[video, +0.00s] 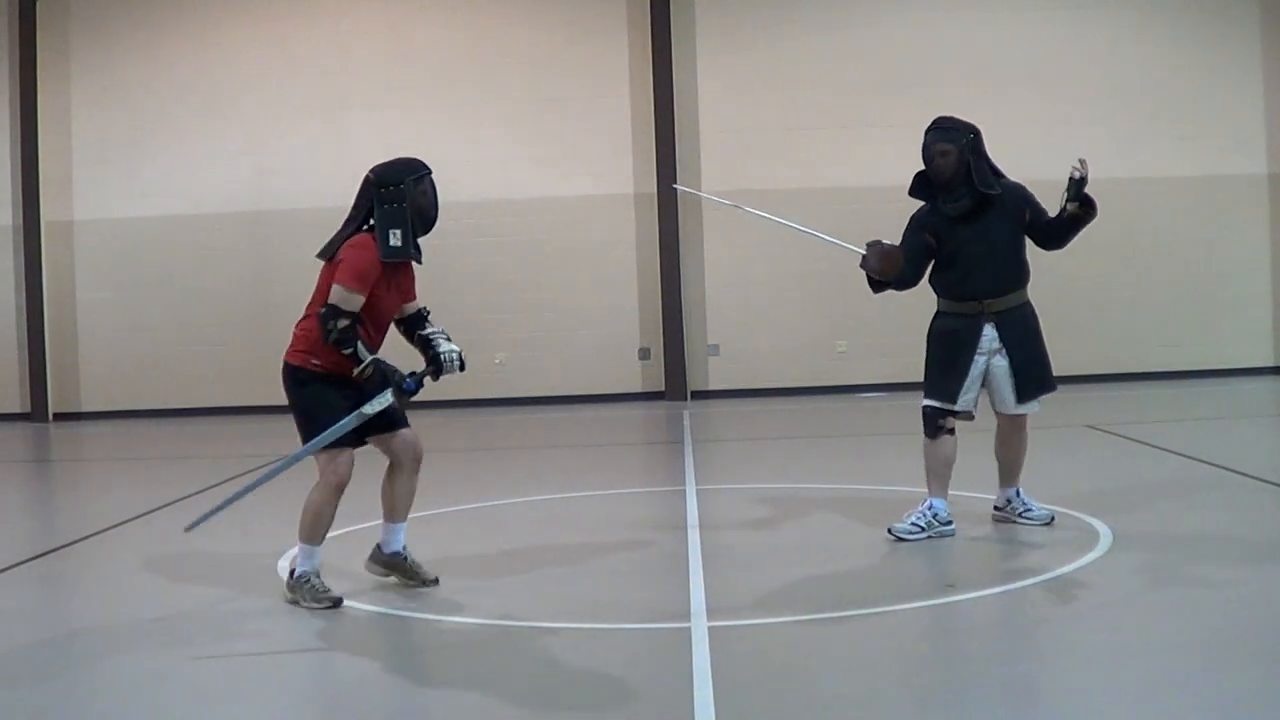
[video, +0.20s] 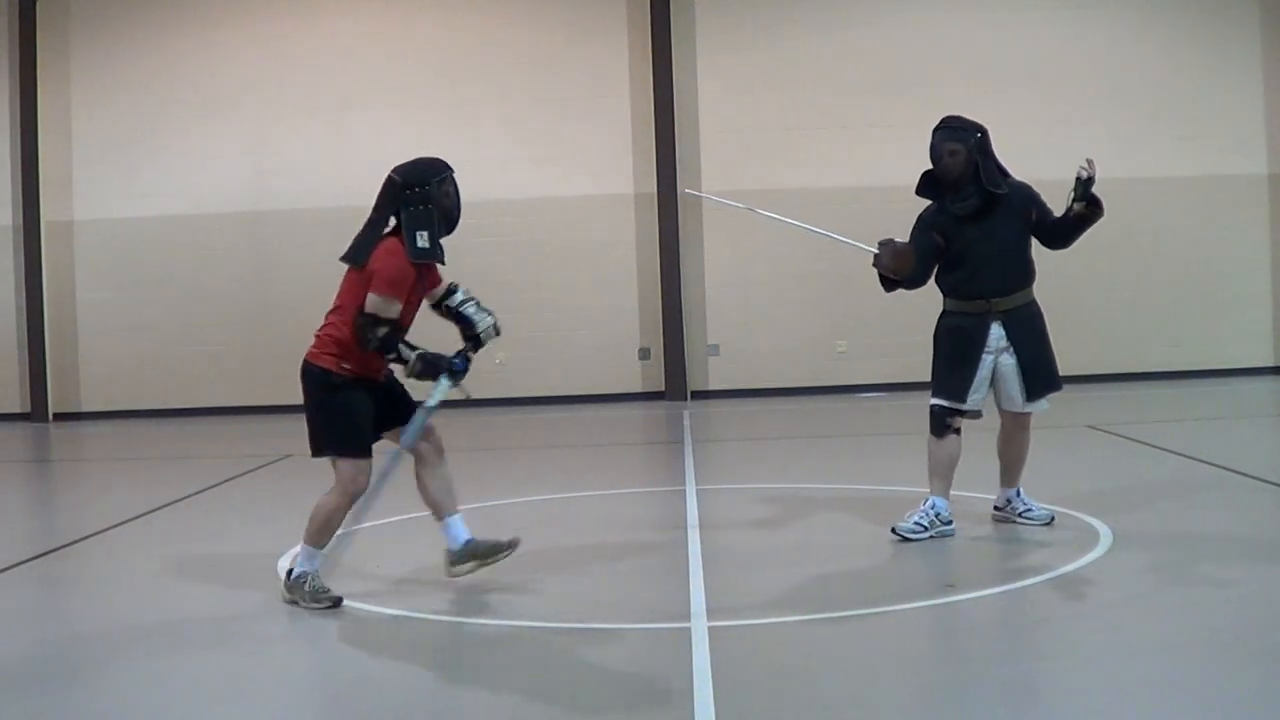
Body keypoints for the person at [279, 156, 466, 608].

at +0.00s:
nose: (432, 202)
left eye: (431, 192)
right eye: (424, 193)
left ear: (397, 200)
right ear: (400, 199)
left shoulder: (399, 252)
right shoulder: (363, 250)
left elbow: (406, 311)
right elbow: (336, 326)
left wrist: (435, 343)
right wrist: (381, 372)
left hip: (356, 371)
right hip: (314, 371)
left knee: (408, 453)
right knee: (336, 469)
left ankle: (390, 551)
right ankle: (301, 572)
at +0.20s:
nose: (453, 201)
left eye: (451, 192)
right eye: (446, 193)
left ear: (412, 201)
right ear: (425, 201)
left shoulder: (417, 250)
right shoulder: (394, 254)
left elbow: (437, 291)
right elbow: (372, 330)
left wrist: (467, 312)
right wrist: (422, 361)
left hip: (371, 374)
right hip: (333, 373)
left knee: (427, 445)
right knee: (352, 481)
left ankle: (459, 544)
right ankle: (299, 571)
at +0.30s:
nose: (471, 213)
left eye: (470, 204)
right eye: (464, 205)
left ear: (429, 214)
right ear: (445, 215)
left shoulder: (435, 257)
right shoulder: (416, 271)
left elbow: (468, 280)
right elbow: (408, 349)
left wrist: (498, 295)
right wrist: (465, 358)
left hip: (390, 377)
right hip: (352, 379)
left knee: (456, 435)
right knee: (369, 489)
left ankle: (517, 520)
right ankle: (298, 566)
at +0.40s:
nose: (503, 221)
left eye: (500, 212)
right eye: (495, 213)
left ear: (460, 224)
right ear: (473, 224)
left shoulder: (464, 265)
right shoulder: (442, 279)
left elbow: (516, 289)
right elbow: (482, 351)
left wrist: (542, 280)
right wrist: (533, 321)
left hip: (416, 389)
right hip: (380, 391)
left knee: (495, 431)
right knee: (374, 499)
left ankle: (566, 508)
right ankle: (302, 570)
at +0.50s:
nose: (544, 217)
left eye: (541, 208)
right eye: (538, 208)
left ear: (503, 218)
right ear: (519, 216)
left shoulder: (506, 260)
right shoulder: (495, 262)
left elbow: (561, 303)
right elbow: (565, 302)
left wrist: (606, 274)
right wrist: (613, 271)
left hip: (465, 390)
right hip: (426, 388)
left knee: (538, 444)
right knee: (383, 482)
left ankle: (591, 531)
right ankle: (309, 564)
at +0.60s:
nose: (591, 215)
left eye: (585, 207)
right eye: (583, 207)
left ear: (546, 220)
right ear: (572, 217)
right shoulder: (576, 258)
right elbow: (643, 251)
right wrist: (697, 233)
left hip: (494, 383)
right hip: (491, 383)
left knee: (579, 451)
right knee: (433, 480)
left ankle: (610, 546)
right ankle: (338, 538)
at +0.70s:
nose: (632, 212)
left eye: (628, 204)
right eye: (626, 205)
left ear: (585, 216)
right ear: (614, 215)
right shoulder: (625, 262)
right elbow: (687, 278)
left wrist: (708, 276)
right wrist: (731, 282)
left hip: (540, 377)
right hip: (551, 381)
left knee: (615, 444)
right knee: (516, 487)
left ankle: (621, 546)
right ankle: (413, 497)